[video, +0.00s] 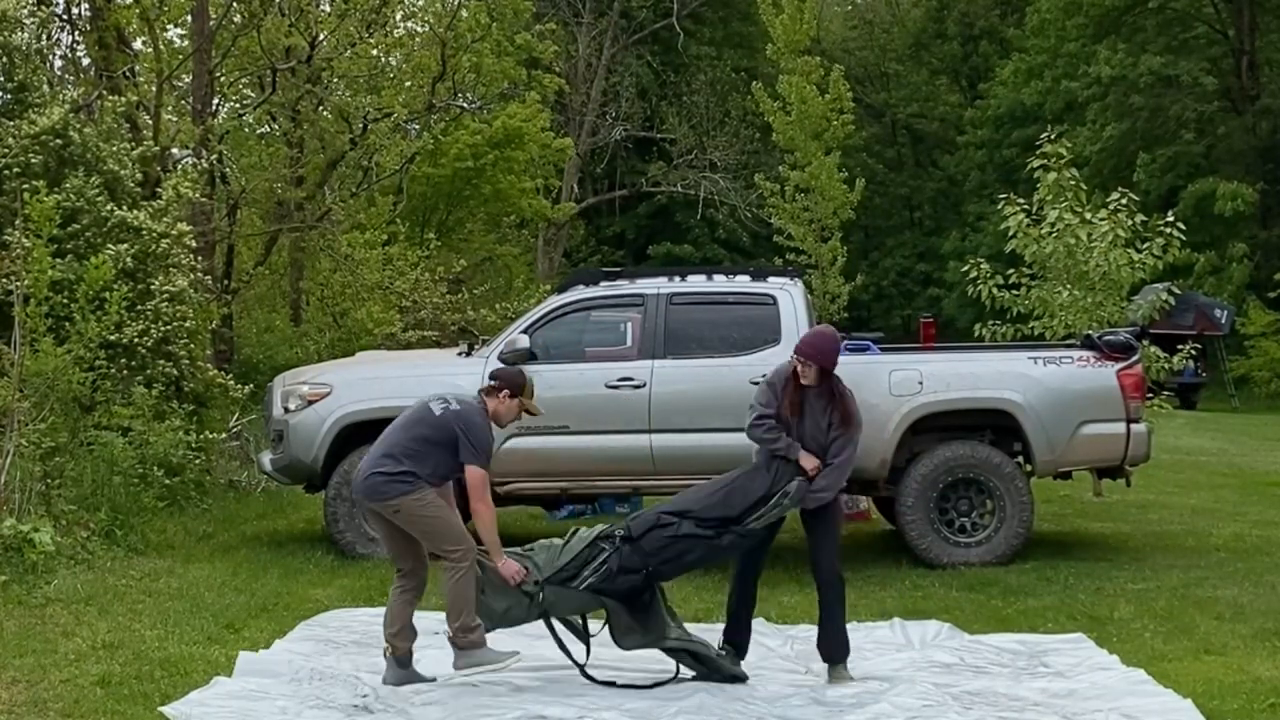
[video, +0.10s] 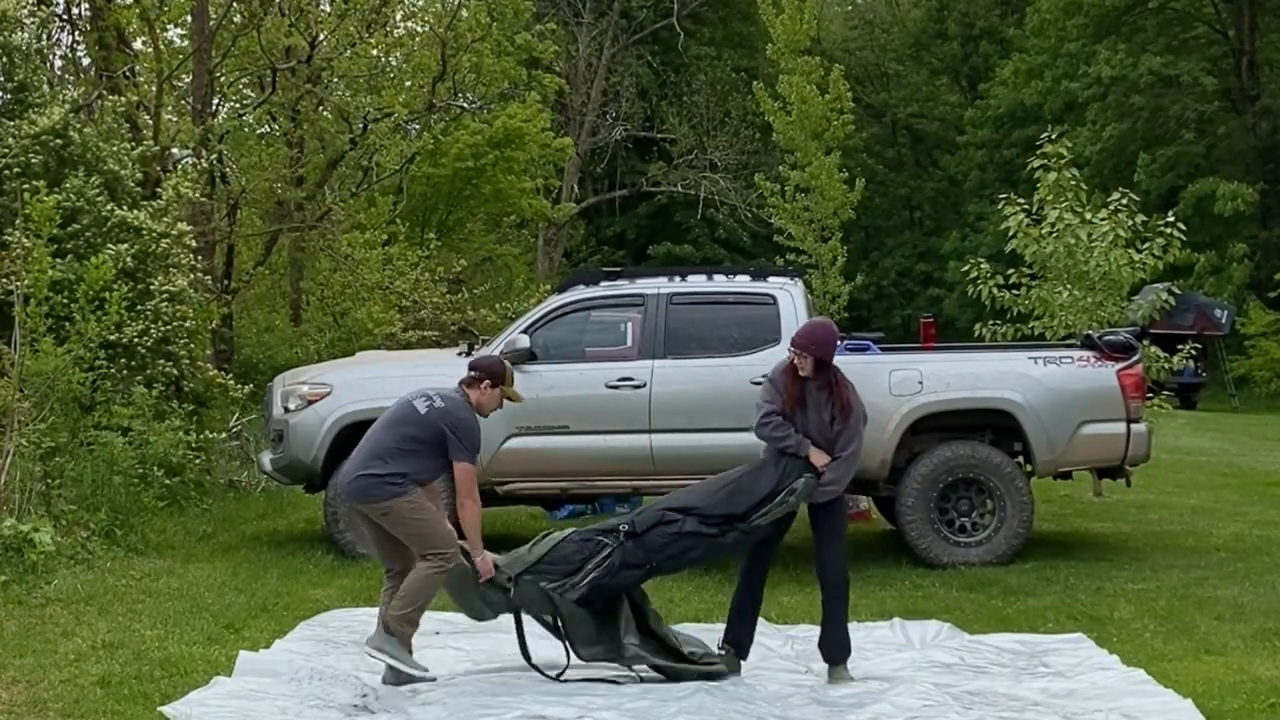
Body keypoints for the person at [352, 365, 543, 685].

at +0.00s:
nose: (518, 416)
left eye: (522, 410)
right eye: (520, 407)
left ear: (495, 394)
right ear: (503, 395)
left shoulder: (450, 407)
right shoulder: (474, 420)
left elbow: (442, 487)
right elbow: (479, 500)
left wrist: (457, 543)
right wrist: (499, 558)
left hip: (370, 484)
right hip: (399, 484)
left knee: (410, 569)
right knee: (460, 552)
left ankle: (398, 665)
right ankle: (469, 649)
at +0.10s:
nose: (501, 404)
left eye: (503, 398)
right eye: (502, 395)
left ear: (474, 383)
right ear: (485, 386)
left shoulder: (433, 398)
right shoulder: (461, 417)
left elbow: (424, 482)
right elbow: (467, 498)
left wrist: (441, 531)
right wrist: (478, 551)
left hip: (357, 484)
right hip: (385, 485)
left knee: (400, 567)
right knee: (443, 553)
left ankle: (397, 665)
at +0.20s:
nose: (488, 406)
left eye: (491, 400)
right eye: (489, 398)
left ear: (461, 385)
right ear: (474, 390)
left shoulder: (422, 400)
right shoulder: (452, 423)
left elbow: (406, 462)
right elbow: (449, 501)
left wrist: (428, 511)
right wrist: (465, 547)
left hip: (348, 493)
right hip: (368, 500)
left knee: (397, 580)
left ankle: (397, 664)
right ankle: (371, 678)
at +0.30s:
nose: (478, 409)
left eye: (481, 403)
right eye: (478, 401)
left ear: (451, 389)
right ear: (458, 391)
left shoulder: (416, 399)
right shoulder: (433, 429)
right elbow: (430, 507)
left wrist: (439, 541)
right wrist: (443, 557)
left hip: (339, 486)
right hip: (354, 497)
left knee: (392, 572)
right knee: (392, 585)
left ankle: (391, 648)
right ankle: (370, 682)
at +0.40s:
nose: (460, 401)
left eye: (463, 394)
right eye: (458, 392)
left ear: (433, 380)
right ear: (435, 380)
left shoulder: (408, 403)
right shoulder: (410, 415)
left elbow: (403, 475)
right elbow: (378, 488)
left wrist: (410, 525)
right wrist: (398, 534)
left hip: (344, 489)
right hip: (337, 494)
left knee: (375, 566)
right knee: (377, 583)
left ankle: (322, 630)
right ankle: (369, 683)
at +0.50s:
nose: (416, 370)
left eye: (418, 363)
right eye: (411, 362)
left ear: (390, 356)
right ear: (387, 356)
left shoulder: (380, 390)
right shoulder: (367, 398)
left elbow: (372, 461)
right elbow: (347, 472)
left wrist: (383, 504)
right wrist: (388, 510)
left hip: (326, 498)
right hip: (327, 501)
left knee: (341, 586)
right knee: (368, 584)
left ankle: (280, 658)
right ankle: (370, 684)